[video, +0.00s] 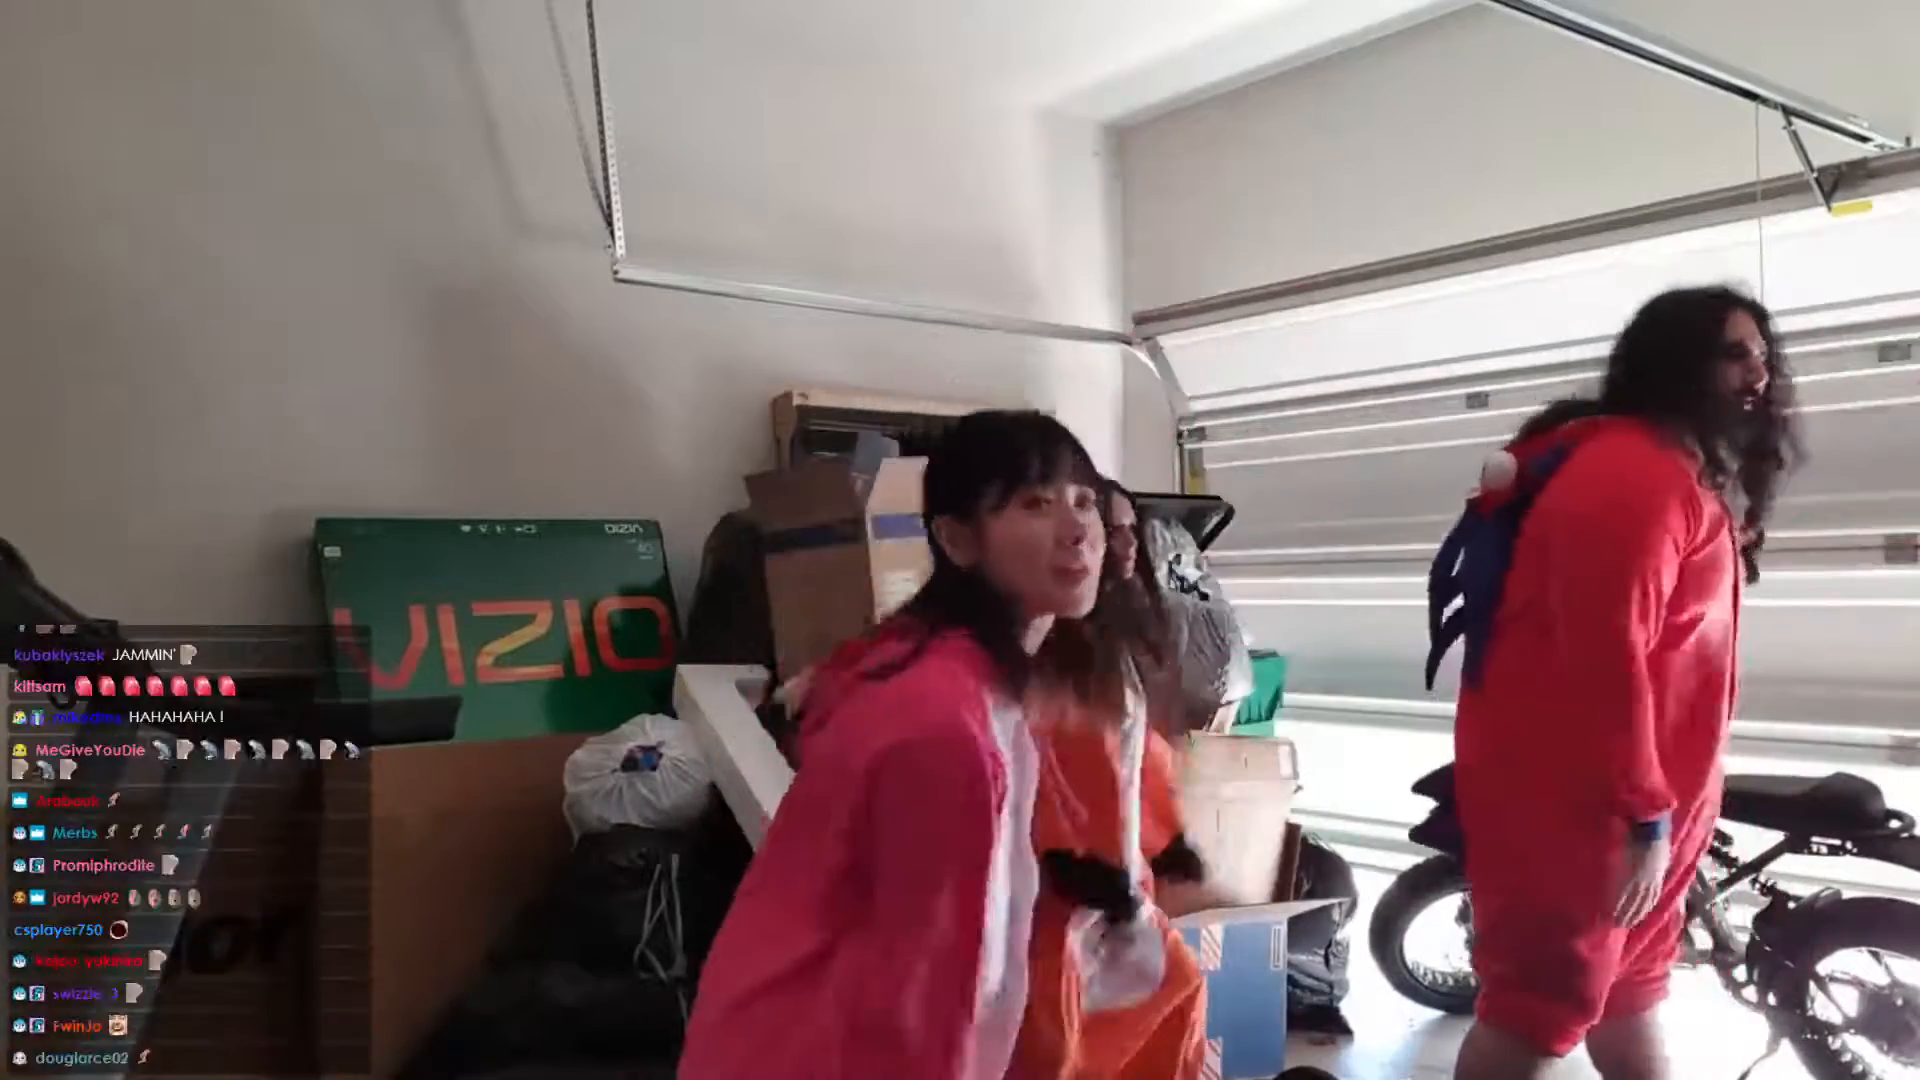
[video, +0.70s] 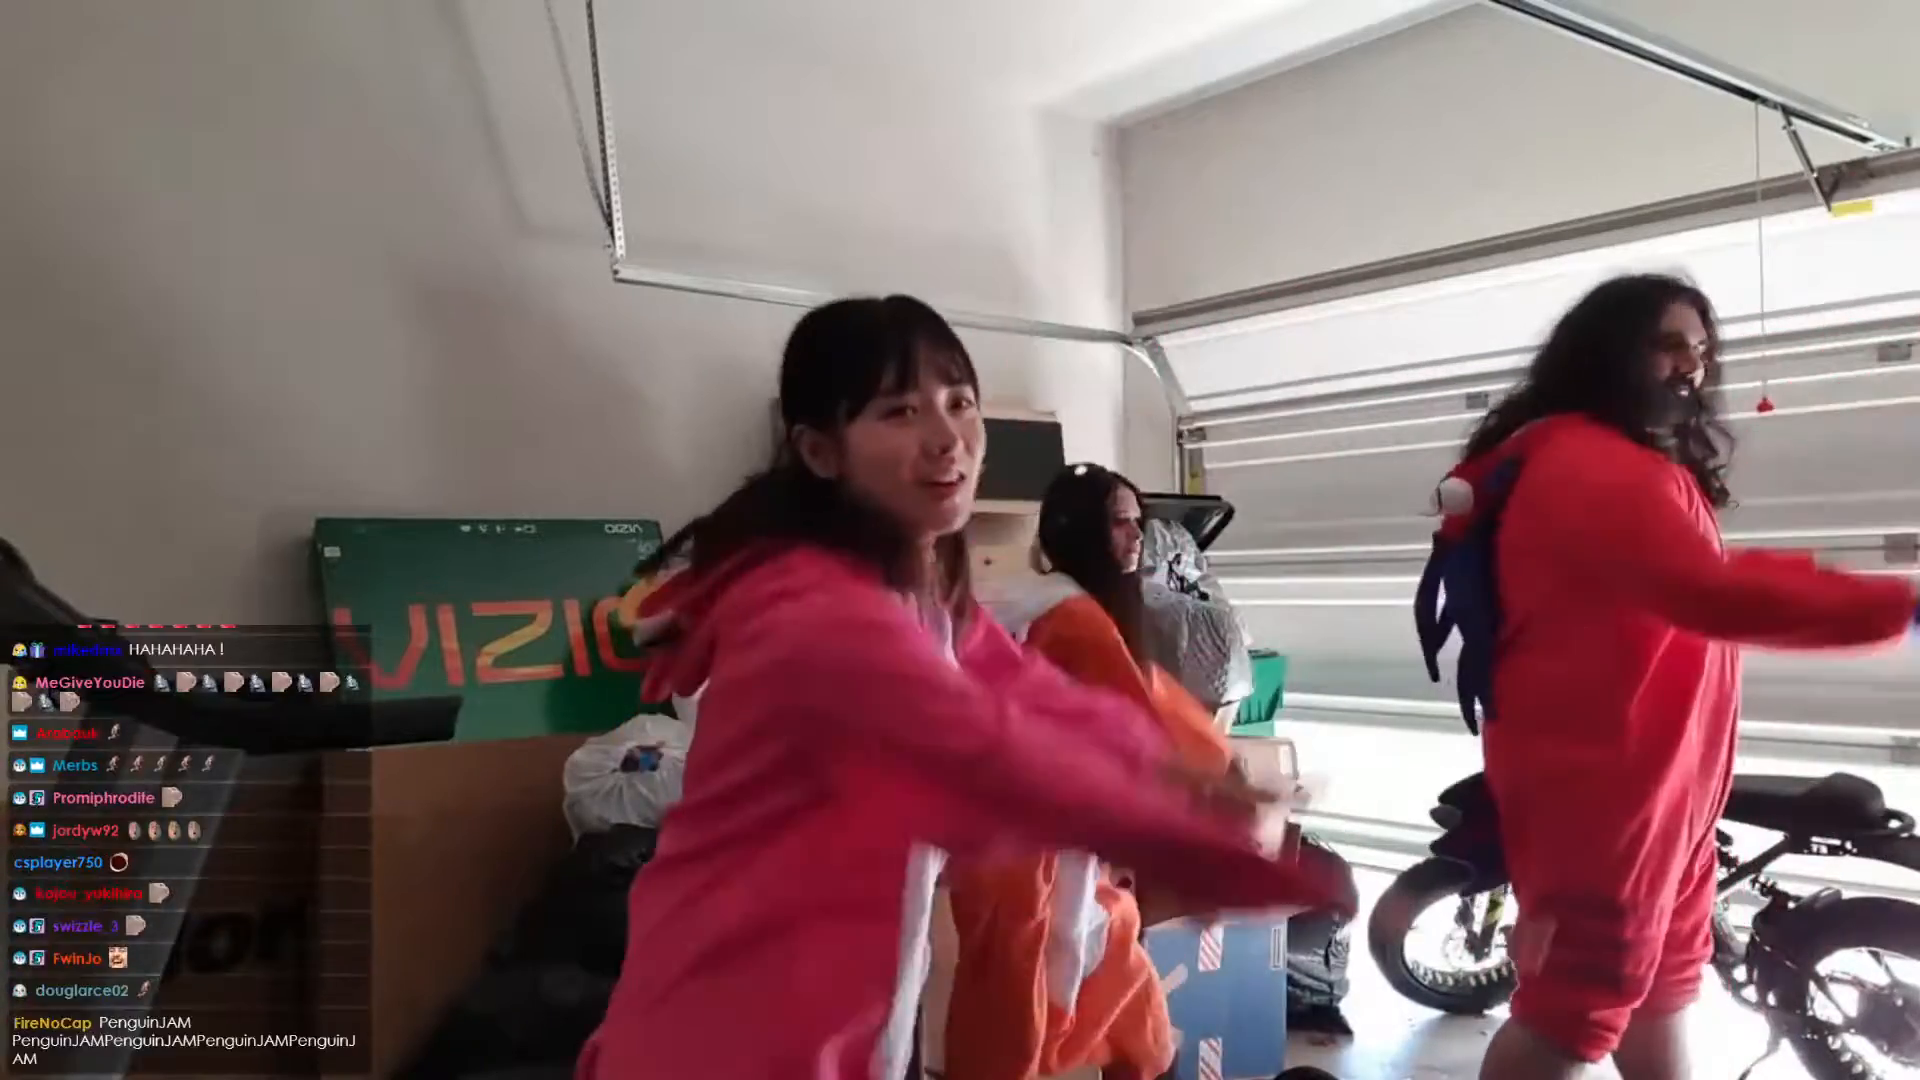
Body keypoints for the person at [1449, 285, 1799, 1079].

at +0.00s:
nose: (1758, 375)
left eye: (1764, 358)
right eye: (1735, 356)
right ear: (1679, 366)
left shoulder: (1690, 475)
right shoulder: (1633, 471)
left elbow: (1655, 651)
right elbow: (1602, 644)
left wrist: (1675, 809)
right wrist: (1647, 815)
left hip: (1641, 797)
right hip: (1564, 795)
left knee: (1626, 1006)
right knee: (1533, 1014)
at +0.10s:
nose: (1716, 363)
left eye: (1719, 345)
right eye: (1692, 345)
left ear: (1728, 353)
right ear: (1637, 359)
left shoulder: (1665, 465)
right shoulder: (1608, 470)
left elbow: (1709, 609)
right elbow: (1659, 638)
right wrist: (1751, 772)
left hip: (1643, 782)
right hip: (1567, 788)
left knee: (1645, 999)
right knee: (1541, 1017)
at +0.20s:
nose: (1679, 367)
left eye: (1682, 350)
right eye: (1655, 350)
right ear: (1595, 362)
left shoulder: (1626, 468)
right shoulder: (1573, 471)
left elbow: (1739, 540)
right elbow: (1733, 562)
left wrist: (1871, 558)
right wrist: (1898, 599)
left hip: (1669, 799)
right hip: (1588, 812)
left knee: (1677, 1001)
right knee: (1566, 1029)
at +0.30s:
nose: (1671, 389)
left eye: (1672, 371)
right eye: (1649, 371)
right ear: (1587, 381)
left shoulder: (1627, 476)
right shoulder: (1552, 481)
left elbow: (1754, 459)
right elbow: (1752, 464)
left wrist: (1881, 394)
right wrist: (1906, 391)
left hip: (1689, 801)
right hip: (1603, 818)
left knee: (1732, 988)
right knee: (1606, 1037)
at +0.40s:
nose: (1688, 403)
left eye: (1686, 386)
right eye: (1670, 383)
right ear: (1610, 390)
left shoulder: (1623, 485)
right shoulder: (1565, 493)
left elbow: (1718, 430)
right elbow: (1736, 440)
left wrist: (1786, 305)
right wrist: (1843, 267)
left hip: (1692, 809)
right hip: (1620, 822)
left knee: (1751, 997)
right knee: (1637, 1036)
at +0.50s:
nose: (1694, 386)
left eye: (1693, 370)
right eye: (1674, 368)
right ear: (1613, 378)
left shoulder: (1637, 472)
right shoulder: (1572, 480)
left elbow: (1719, 429)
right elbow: (1759, 436)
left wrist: (1775, 319)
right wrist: (1837, 265)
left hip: (1693, 797)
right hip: (1617, 812)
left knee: (1736, 996)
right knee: (1629, 1030)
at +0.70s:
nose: (1690, 370)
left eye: (1701, 355)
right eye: (1668, 348)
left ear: (1710, 369)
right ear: (1609, 354)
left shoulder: (1651, 465)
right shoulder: (1580, 464)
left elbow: (1709, 576)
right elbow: (1704, 588)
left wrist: (1800, 575)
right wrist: (1900, 601)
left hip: (1666, 786)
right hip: (1593, 794)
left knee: (1663, 992)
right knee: (1571, 1013)